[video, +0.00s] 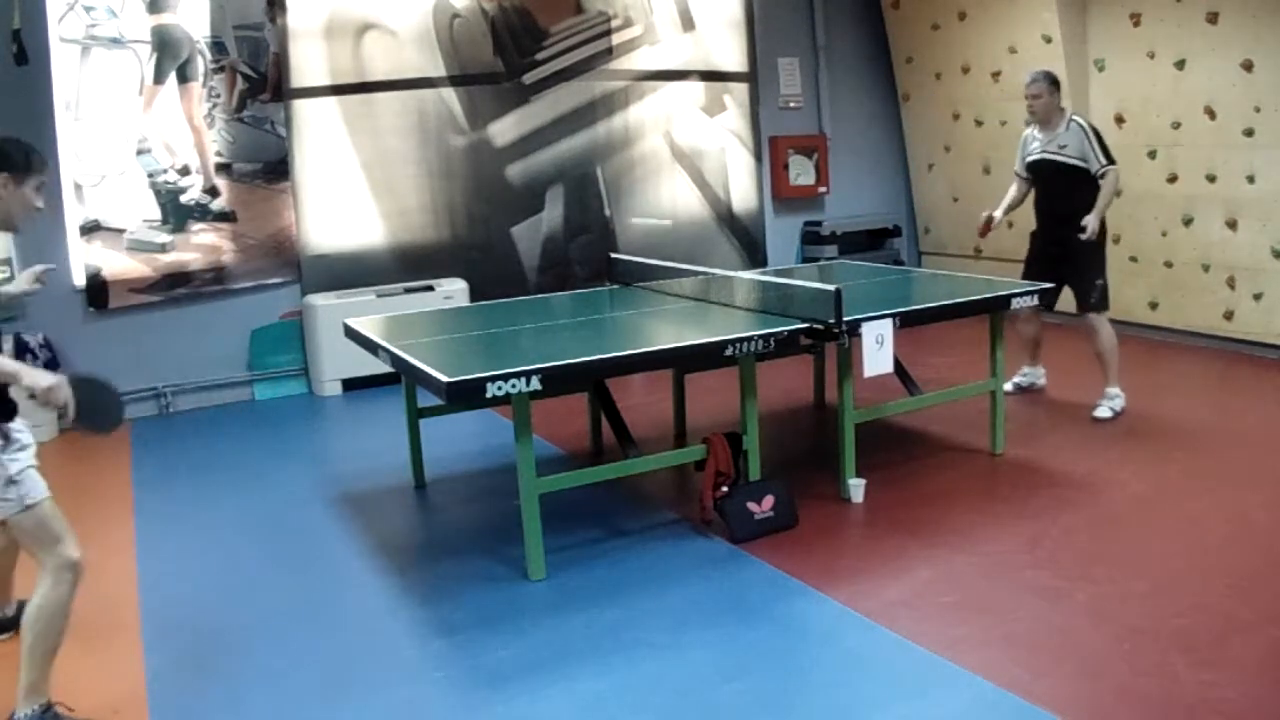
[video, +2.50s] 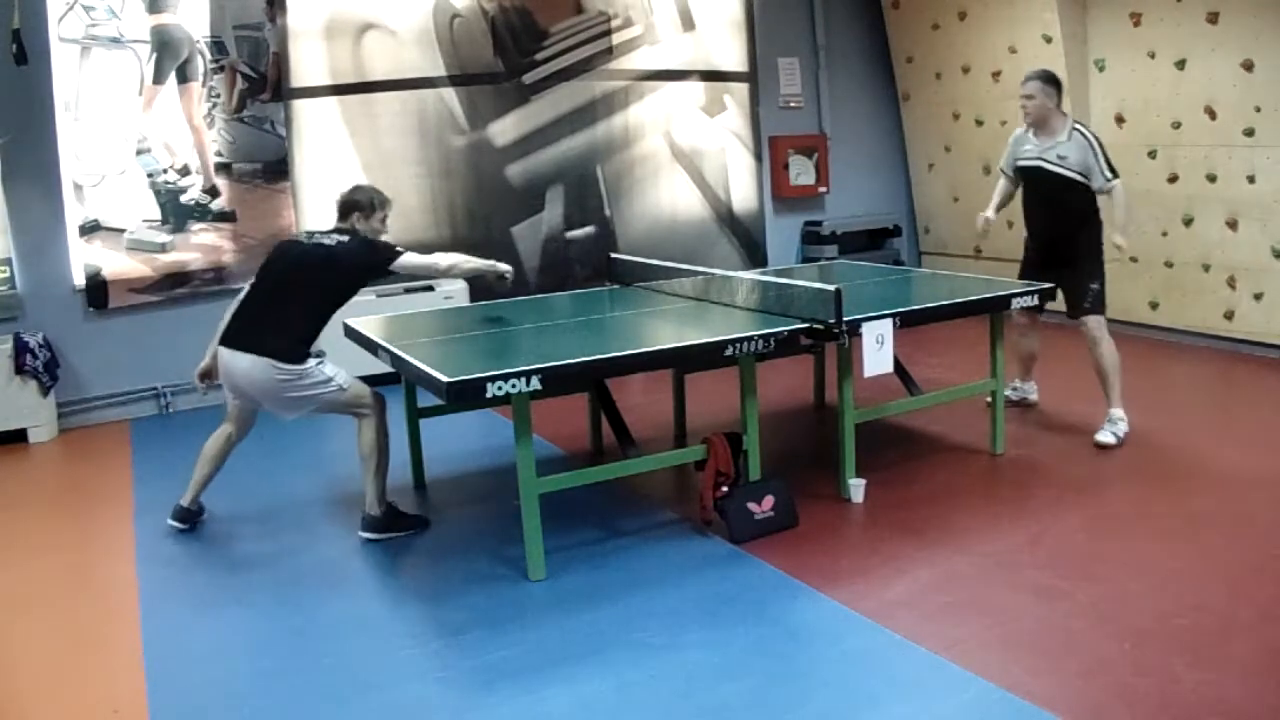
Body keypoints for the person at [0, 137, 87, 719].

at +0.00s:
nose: (40, 202)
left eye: (41, 192)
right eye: (35, 190)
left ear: (12, 189)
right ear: (6, 187)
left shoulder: (7, 245)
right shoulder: (3, 250)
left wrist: (16, 288)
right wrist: (30, 376)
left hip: (12, 431)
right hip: (7, 437)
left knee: (18, 521)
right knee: (62, 560)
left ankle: (4, 608)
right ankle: (32, 705)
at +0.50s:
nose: (109, 203)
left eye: (110, 192)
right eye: (104, 191)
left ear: (67, 193)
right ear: (74, 192)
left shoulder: (21, 243)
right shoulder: (46, 252)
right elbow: (51, 358)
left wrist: (182, 265)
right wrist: (131, 402)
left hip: (16, 429)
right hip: (11, 435)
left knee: (68, 476)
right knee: (18, 588)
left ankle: (83, 606)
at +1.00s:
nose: (222, 243)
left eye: (221, 234)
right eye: (219, 235)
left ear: (172, 233)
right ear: (202, 236)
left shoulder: (129, 264)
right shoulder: (216, 280)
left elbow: (82, 290)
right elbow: (268, 313)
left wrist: (26, 317)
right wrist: (287, 298)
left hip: (111, 397)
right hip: (170, 399)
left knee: (182, 463)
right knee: (214, 508)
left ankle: (214, 537)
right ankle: (187, 589)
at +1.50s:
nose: (250, 187)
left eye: (251, 179)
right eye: (244, 179)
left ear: (211, 181)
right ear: (219, 180)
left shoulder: (168, 221)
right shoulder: (228, 227)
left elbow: (136, 286)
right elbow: (280, 285)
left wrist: (124, 340)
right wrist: (323, 297)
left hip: (154, 345)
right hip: (201, 345)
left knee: (194, 407)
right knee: (273, 404)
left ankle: (179, 501)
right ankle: (303, 501)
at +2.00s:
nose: (289, 183)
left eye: (289, 174)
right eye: (283, 174)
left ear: (246, 177)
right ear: (257, 176)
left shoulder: (212, 214)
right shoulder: (252, 219)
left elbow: (186, 267)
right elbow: (259, 290)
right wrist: (309, 309)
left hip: (177, 333)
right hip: (216, 335)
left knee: (205, 413)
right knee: (296, 410)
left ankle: (178, 507)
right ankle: (290, 523)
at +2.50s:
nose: (386, 229)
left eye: (385, 221)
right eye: (382, 220)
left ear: (344, 216)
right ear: (363, 219)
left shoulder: (291, 245)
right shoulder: (366, 251)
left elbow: (245, 302)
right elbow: (441, 264)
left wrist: (213, 355)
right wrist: (493, 266)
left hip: (231, 355)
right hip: (278, 366)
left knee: (234, 424)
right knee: (369, 404)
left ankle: (185, 506)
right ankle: (377, 512)